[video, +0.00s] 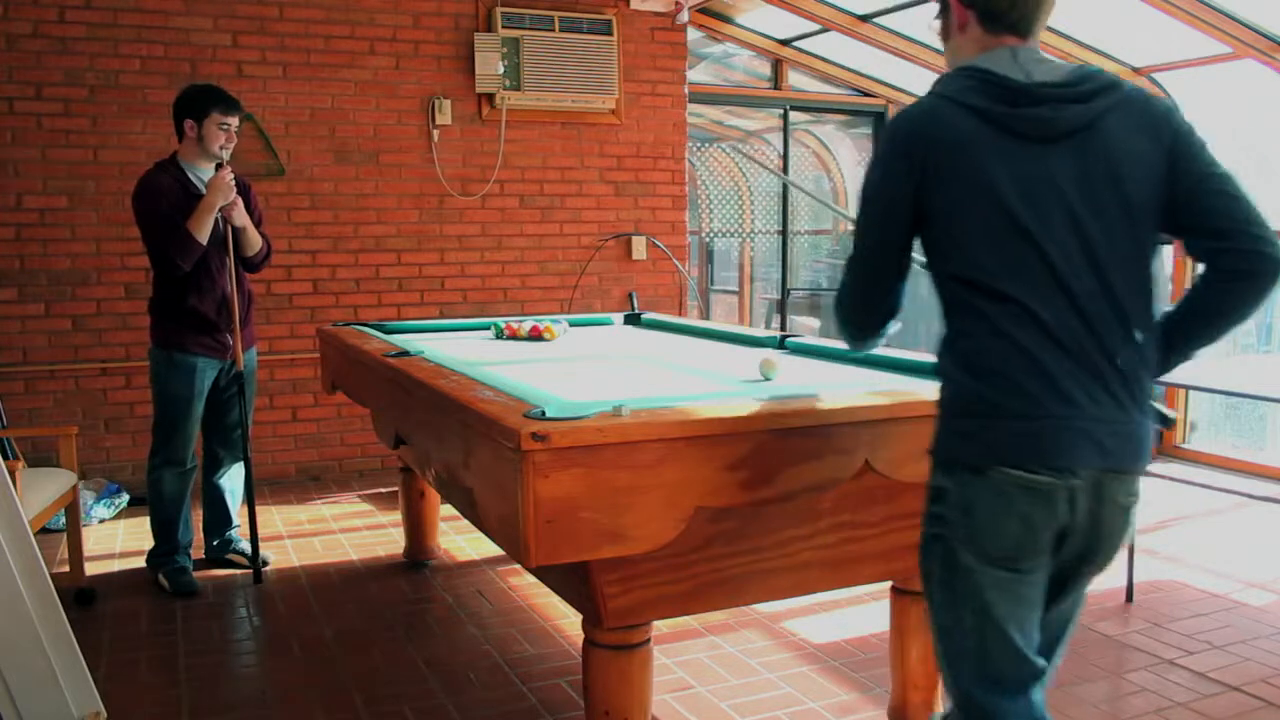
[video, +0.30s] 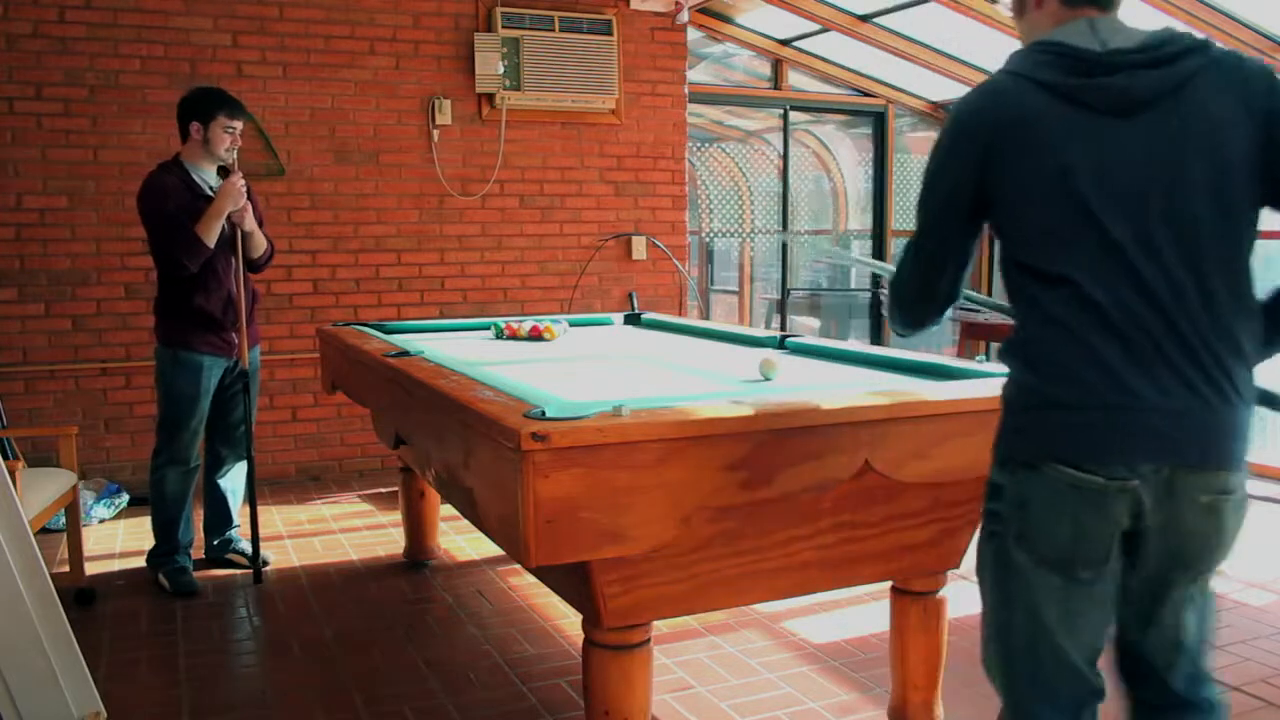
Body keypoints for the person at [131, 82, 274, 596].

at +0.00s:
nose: (231, 138)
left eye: (235, 129)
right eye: (223, 128)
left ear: (236, 133)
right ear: (190, 128)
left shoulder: (235, 184)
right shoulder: (156, 187)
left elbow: (257, 261)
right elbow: (176, 261)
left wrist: (242, 221)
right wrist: (209, 204)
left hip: (238, 339)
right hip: (184, 341)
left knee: (229, 450)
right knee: (176, 455)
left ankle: (223, 542)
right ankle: (171, 558)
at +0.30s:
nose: (236, 140)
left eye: (239, 131)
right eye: (228, 130)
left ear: (237, 136)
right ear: (195, 130)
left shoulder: (234, 184)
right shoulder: (161, 187)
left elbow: (260, 261)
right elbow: (181, 263)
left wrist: (247, 223)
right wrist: (218, 209)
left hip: (242, 337)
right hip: (190, 340)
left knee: (231, 449)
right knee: (180, 453)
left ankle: (223, 542)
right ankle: (171, 558)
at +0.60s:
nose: (241, 143)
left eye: (243, 134)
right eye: (232, 133)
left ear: (240, 138)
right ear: (200, 133)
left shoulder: (236, 186)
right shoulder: (167, 187)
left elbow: (264, 262)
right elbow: (186, 264)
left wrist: (254, 226)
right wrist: (225, 212)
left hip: (246, 338)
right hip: (197, 340)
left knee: (234, 449)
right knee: (186, 453)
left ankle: (224, 541)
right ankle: (172, 557)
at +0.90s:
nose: (244, 143)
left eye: (248, 134)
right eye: (235, 133)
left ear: (248, 139)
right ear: (204, 134)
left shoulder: (242, 187)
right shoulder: (171, 189)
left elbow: (270, 263)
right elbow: (185, 265)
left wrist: (264, 245)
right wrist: (232, 222)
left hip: (249, 333)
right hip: (200, 336)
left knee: (238, 447)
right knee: (199, 449)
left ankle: (221, 542)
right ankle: (177, 555)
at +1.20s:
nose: (247, 143)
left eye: (251, 135)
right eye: (237, 134)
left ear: (253, 140)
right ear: (207, 134)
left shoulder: (250, 191)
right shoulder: (172, 188)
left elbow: (272, 265)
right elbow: (183, 263)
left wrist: (263, 244)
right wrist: (231, 224)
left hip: (248, 334)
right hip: (198, 335)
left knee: (238, 446)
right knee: (202, 448)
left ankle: (220, 540)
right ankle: (185, 556)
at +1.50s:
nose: (244, 143)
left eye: (248, 135)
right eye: (235, 134)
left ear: (250, 139)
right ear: (203, 134)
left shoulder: (246, 189)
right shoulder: (170, 188)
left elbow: (270, 265)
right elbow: (182, 264)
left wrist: (264, 245)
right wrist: (231, 225)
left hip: (245, 336)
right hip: (195, 338)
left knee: (237, 448)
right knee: (198, 451)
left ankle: (221, 540)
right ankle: (195, 561)